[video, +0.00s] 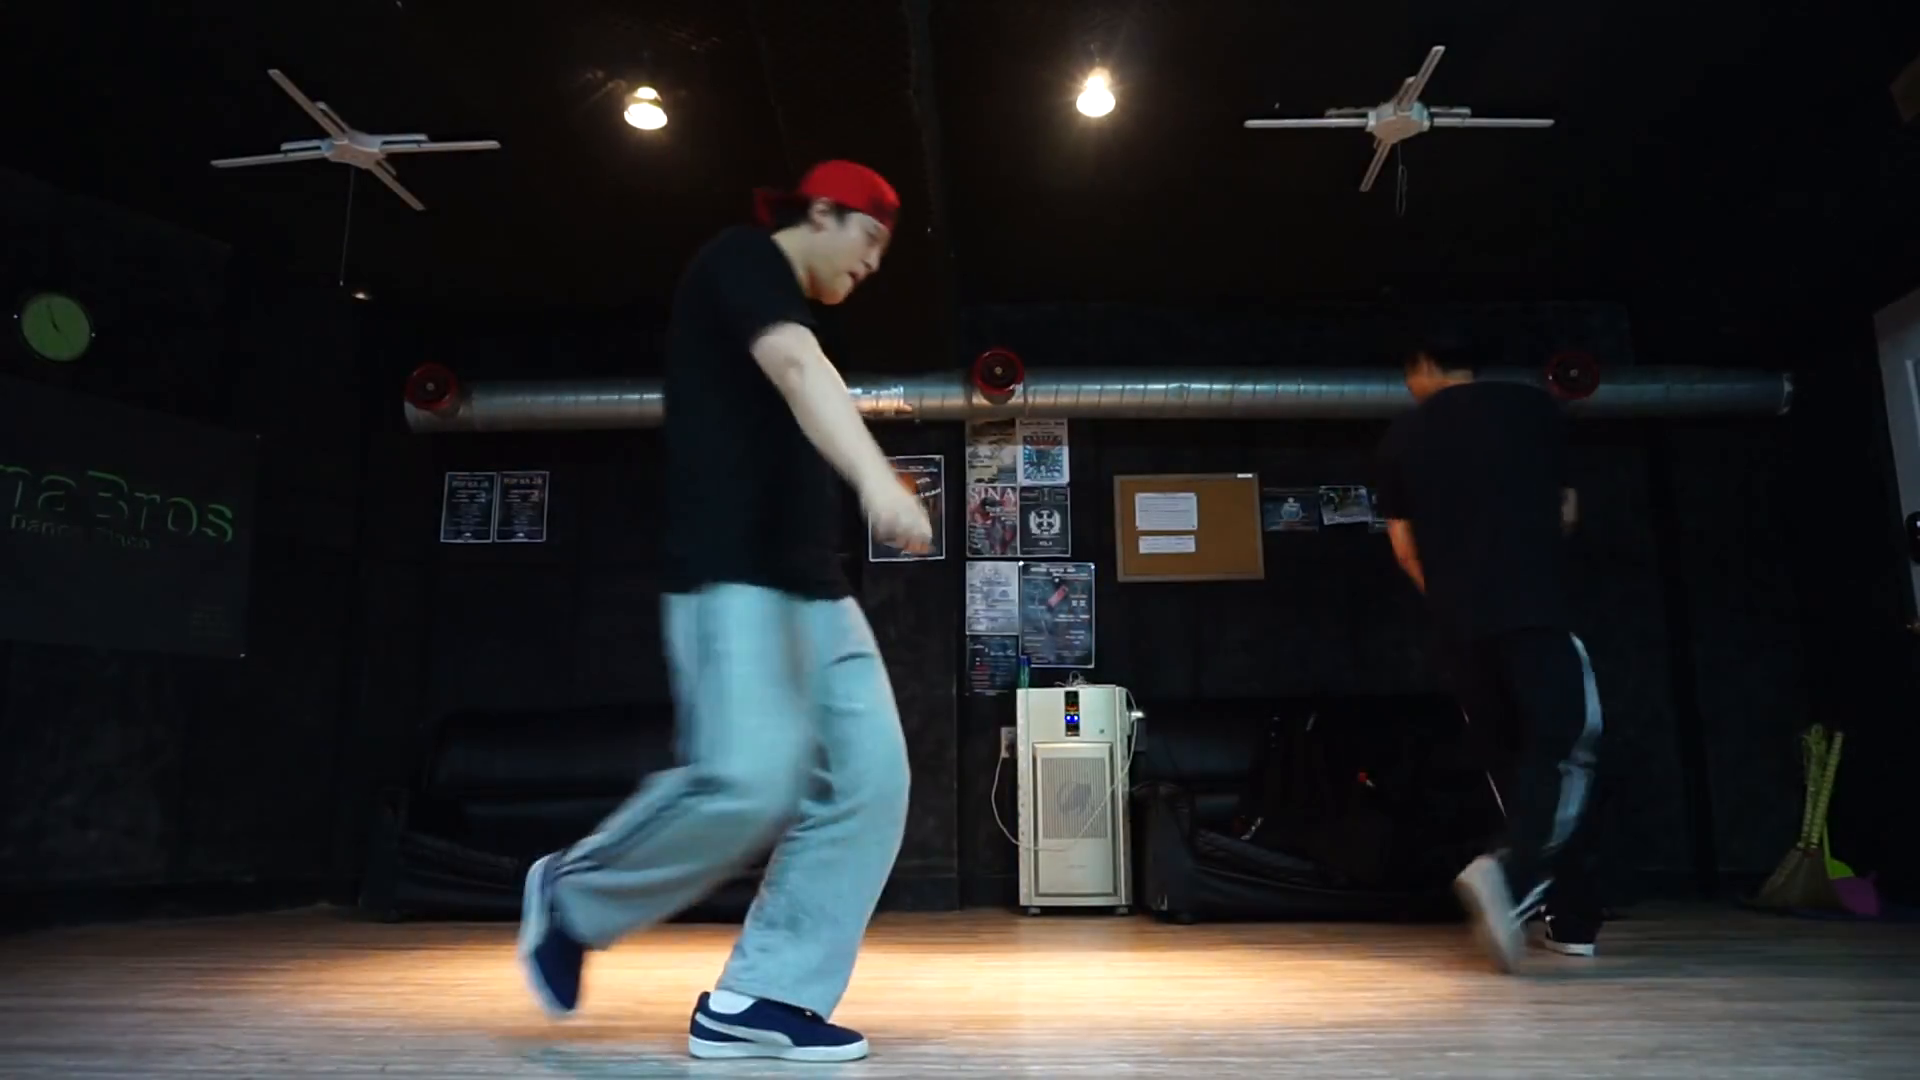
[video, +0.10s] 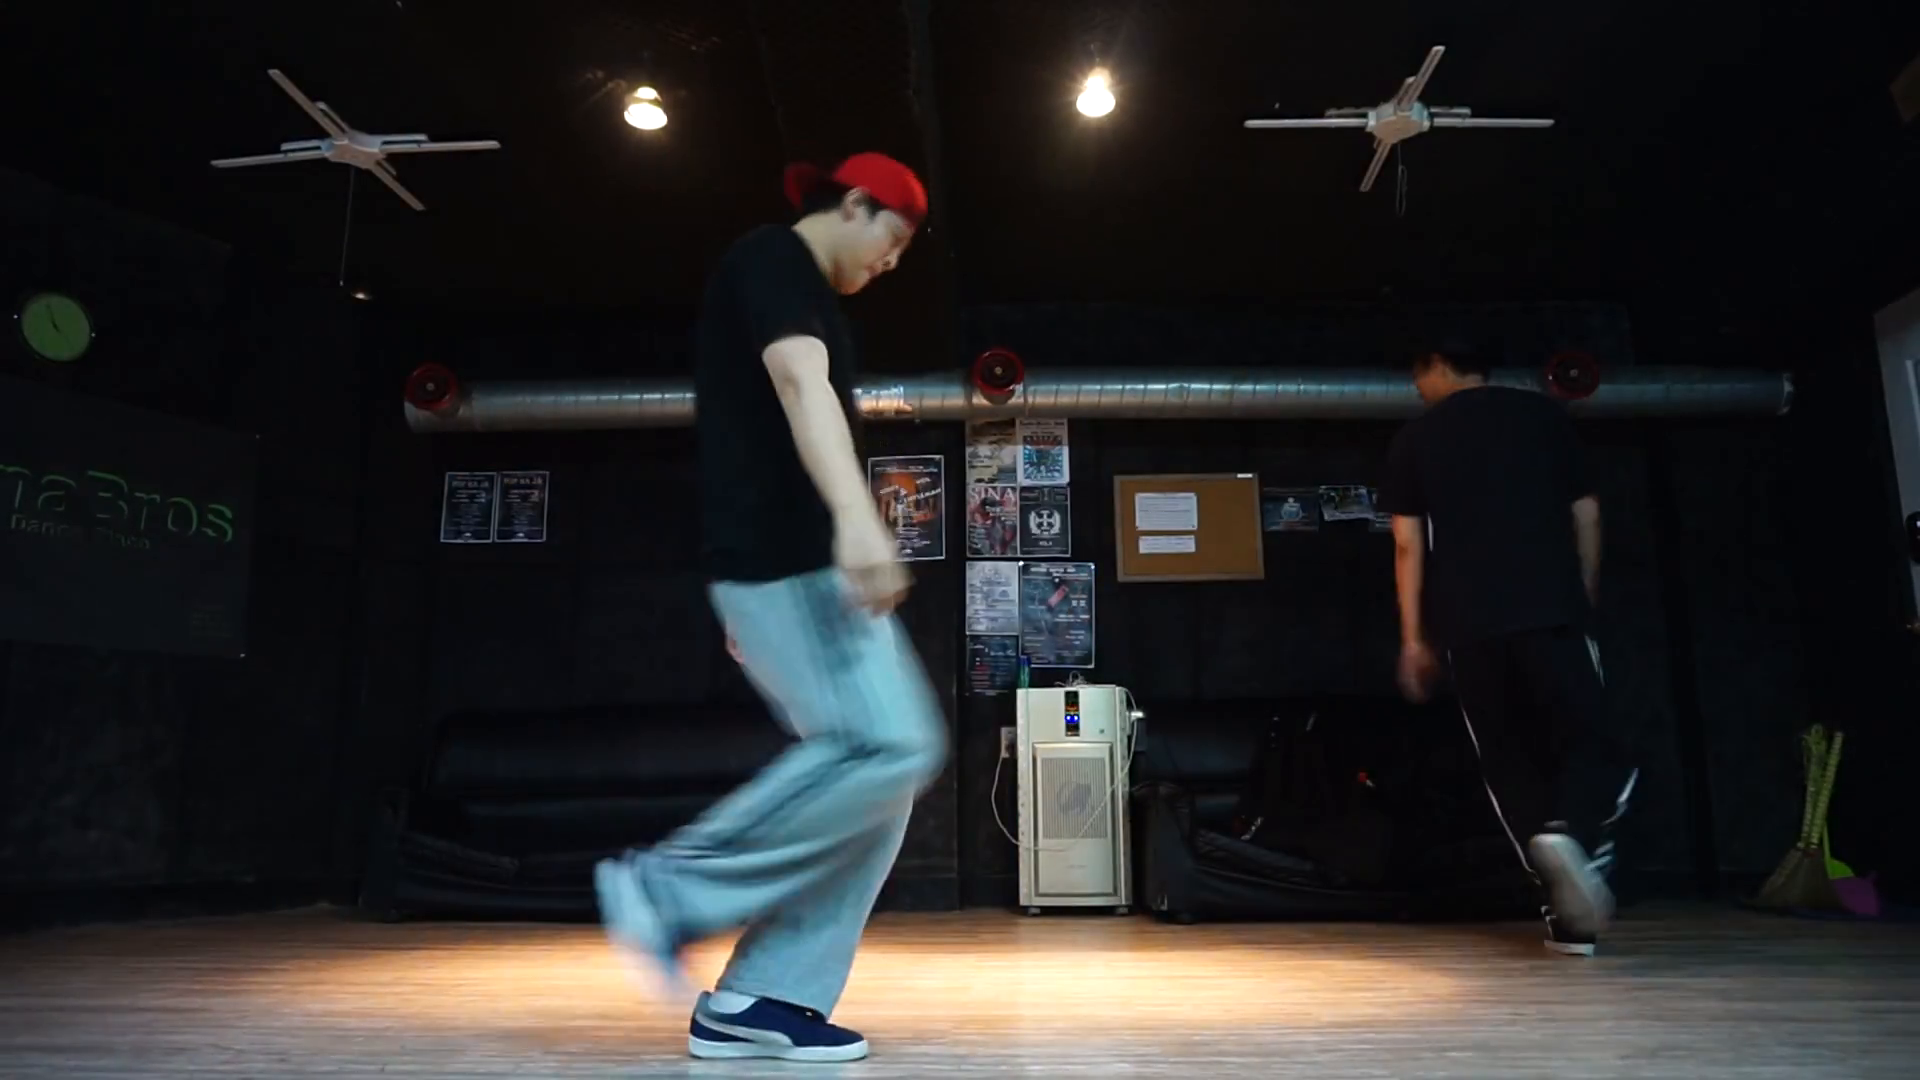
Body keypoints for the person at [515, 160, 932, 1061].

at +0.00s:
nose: (870, 266)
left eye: (877, 253)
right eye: (868, 244)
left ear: (838, 232)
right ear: (823, 216)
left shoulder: (793, 317)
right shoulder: (741, 259)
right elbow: (798, 367)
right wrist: (878, 481)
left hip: (814, 589)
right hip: (729, 583)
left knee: (867, 788)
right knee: (750, 782)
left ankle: (760, 1001)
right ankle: (569, 900)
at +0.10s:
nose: (891, 260)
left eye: (901, 247)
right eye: (893, 238)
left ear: (860, 220)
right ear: (854, 208)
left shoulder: (804, 293)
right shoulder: (773, 259)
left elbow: (769, 446)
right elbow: (802, 390)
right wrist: (860, 520)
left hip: (800, 576)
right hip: (781, 574)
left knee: (877, 769)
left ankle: (767, 1001)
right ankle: (662, 891)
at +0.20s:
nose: (919, 239)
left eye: (927, 225)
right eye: (923, 218)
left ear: (879, 186)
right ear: (891, 186)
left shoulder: (797, 259)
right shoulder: (817, 246)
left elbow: (753, 426)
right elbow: (802, 375)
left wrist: (737, 554)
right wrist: (813, 518)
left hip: (782, 557)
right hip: (849, 548)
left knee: (849, 768)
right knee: (973, 702)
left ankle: (755, 997)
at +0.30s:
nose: (955, 214)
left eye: (964, 198)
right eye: (960, 192)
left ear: (909, 160)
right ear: (930, 162)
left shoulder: (830, 234)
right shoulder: (864, 222)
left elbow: (768, 393)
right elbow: (824, 336)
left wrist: (739, 515)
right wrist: (783, 464)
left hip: (809, 528)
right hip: (878, 523)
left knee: (831, 761)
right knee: (1004, 709)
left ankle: (748, 994)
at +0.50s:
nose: (1038, 223)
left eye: (1043, 205)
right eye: (1039, 202)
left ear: (974, 181)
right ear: (1011, 181)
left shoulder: (927, 257)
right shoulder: (965, 229)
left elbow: (831, 382)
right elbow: (907, 294)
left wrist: (767, 478)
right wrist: (861, 353)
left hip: (872, 555)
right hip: (956, 554)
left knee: (869, 771)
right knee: (1035, 767)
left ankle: (750, 988)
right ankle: (1055, 994)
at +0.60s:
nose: (1080, 252)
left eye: (1084, 237)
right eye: (1081, 232)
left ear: (1003, 204)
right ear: (1055, 208)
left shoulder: (938, 275)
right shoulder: (1013, 252)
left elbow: (858, 395)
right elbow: (974, 303)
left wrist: (789, 475)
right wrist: (960, 340)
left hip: (912, 575)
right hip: (1004, 569)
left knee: (949, 787)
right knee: (1073, 777)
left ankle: (810, 944)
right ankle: (1057, 999)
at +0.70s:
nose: (1100, 258)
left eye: (1102, 248)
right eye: (1099, 246)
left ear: (1019, 219)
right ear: (1078, 228)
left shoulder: (945, 296)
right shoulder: (1043, 257)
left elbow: (885, 417)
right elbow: (1095, 320)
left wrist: (821, 497)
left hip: (943, 580)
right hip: (1036, 569)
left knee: (1008, 772)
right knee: (1106, 782)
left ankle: (903, 901)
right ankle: (1057, 1000)